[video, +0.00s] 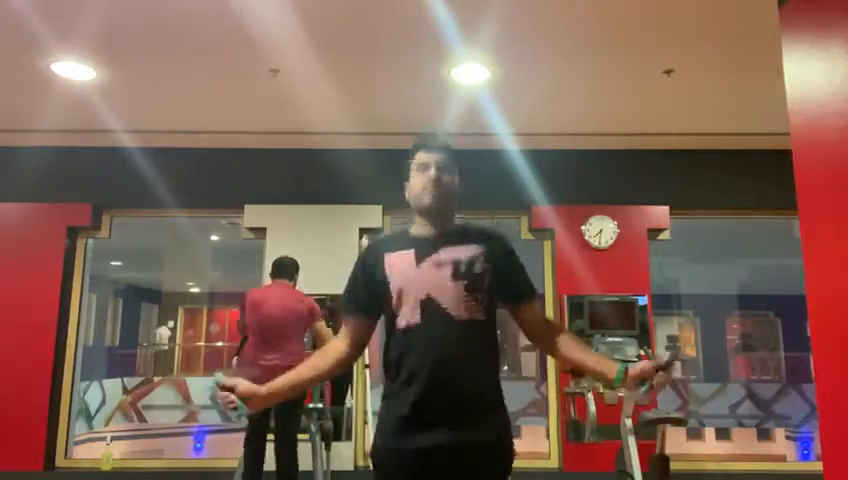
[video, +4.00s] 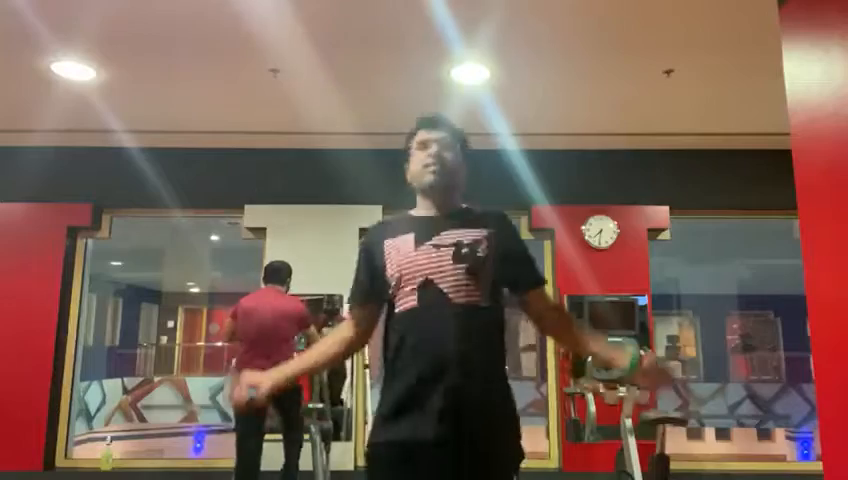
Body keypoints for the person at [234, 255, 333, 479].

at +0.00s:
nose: (294, 280)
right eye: (295, 276)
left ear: (270, 275)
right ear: (295, 277)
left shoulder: (251, 296)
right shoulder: (306, 302)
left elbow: (243, 330)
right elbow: (324, 340)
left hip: (254, 374)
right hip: (292, 375)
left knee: (255, 435)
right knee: (287, 440)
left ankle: (251, 476)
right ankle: (287, 476)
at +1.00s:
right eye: (293, 280)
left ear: (268, 280)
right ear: (293, 282)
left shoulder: (250, 302)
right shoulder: (305, 307)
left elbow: (236, 341)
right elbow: (320, 341)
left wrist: (228, 361)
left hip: (257, 378)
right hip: (292, 378)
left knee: (255, 430)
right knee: (286, 435)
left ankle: (255, 473)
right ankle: (283, 474)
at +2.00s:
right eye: (294, 277)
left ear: (268, 277)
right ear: (294, 278)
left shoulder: (251, 299)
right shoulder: (304, 303)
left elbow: (231, 339)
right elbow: (324, 336)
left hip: (253, 379)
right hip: (286, 380)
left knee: (254, 432)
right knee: (284, 437)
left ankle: (256, 473)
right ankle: (283, 475)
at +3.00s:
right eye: (290, 276)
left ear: (264, 275)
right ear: (289, 276)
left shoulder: (243, 298)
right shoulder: (300, 300)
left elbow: (226, 338)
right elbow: (320, 329)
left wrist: (246, 344)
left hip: (250, 381)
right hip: (284, 381)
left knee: (254, 444)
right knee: (286, 441)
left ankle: (254, 477)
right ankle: (284, 476)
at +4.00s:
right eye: (288, 281)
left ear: (263, 279)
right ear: (287, 282)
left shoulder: (245, 303)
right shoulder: (295, 306)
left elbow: (227, 336)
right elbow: (314, 339)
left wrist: (252, 335)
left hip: (248, 376)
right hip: (283, 376)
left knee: (248, 435)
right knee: (293, 426)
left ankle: (245, 475)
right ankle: (291, 470)